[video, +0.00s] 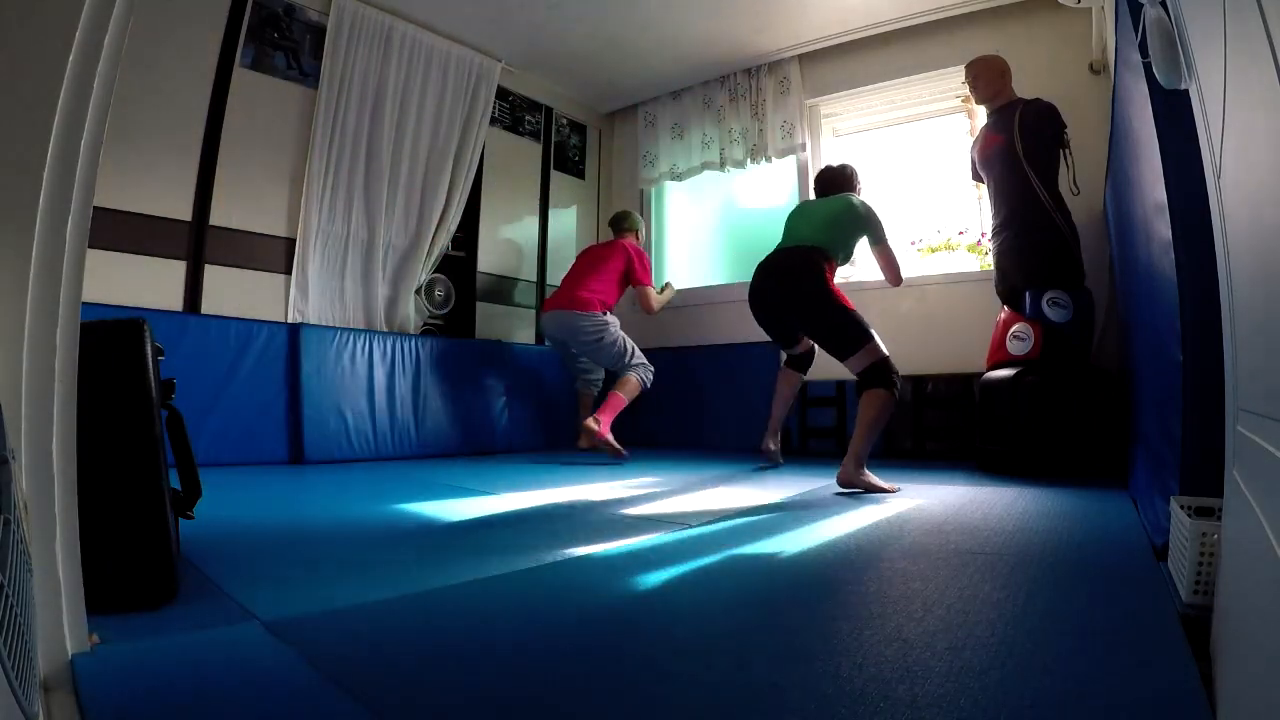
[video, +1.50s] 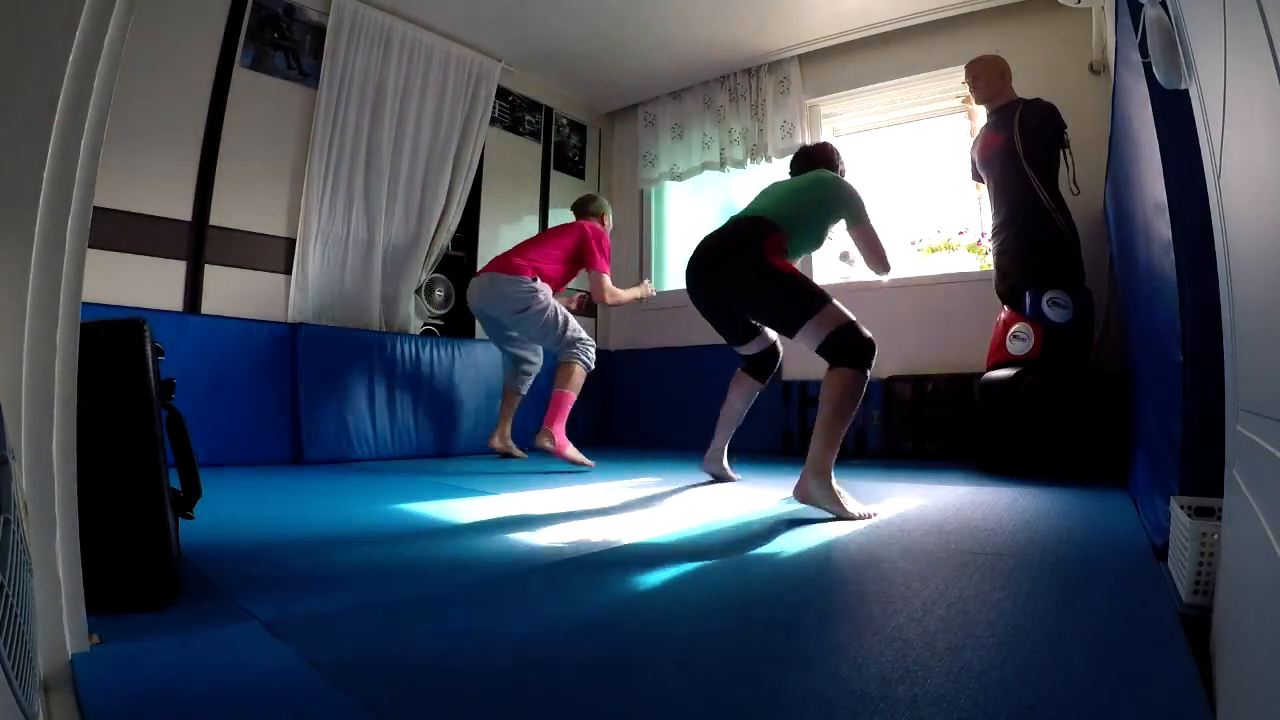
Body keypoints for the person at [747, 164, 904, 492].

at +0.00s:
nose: (860, 192)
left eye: (859, 187)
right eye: (859, 187)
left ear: (819, 191)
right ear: (853, 189)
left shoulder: (802, 208)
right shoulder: (859, 208)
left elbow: (795, 254)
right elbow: (894, 278)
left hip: (763, 287)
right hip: (808, 286)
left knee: (801, 352)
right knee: (881, 377)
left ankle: (771, 437)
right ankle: (854, 467)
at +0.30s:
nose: (864, 221)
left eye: (862, 217)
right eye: (863, 217)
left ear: (825, 219)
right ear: (858, 218)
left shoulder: (806, 237)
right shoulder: (863, 240)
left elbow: (799, 278)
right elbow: (888, 304)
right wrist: (882, 276)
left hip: (777, 311)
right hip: (819, 308)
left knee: (818, 368)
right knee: (895, 381)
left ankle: (801, 449)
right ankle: (864, 450)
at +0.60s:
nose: (867, 204)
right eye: (866, 201)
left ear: (832, 208)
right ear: (864, 206)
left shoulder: (815, 223)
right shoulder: (876, 224)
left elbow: (807, 260)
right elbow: (904, 292)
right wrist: (895, 263)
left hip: (783, 292)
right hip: (827, 291)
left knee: (817, 360)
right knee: (897, 381)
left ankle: (801, 445)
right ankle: (876, 465)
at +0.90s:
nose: (868, 200)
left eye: (865, 195)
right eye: (866, 196)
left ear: (829, 204)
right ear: (862, 201)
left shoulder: (811, 220)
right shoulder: (868, 218)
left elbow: (805, 261)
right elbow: (905, 288)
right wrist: (890, 261)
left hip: (765, 295)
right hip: (809, 293)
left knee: (809, 366)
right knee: (890, 376)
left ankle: (779, 453)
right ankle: (865, 470)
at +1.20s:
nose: (859, 191)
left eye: (857, 186)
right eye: (857, 187)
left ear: (816, 192)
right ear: (850, 190)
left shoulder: (797, 210)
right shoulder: (851, 207)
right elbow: (896, 276)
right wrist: (871, 242)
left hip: (733, 291)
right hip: (777, 281)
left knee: (792, 368)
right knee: (880, 348)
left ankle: (748, 457)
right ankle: (860, 457)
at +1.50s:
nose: (843, 172)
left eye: (841, 166)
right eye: (841, 167)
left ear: (799, 170)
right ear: (834, 168)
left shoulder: (780, 191)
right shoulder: (837, 186)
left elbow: (797, 271)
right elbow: (880, 264)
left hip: (702, 270)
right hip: (750, 263)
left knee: (763, 356)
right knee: (854, 347)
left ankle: (715, 454)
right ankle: (816, 479)